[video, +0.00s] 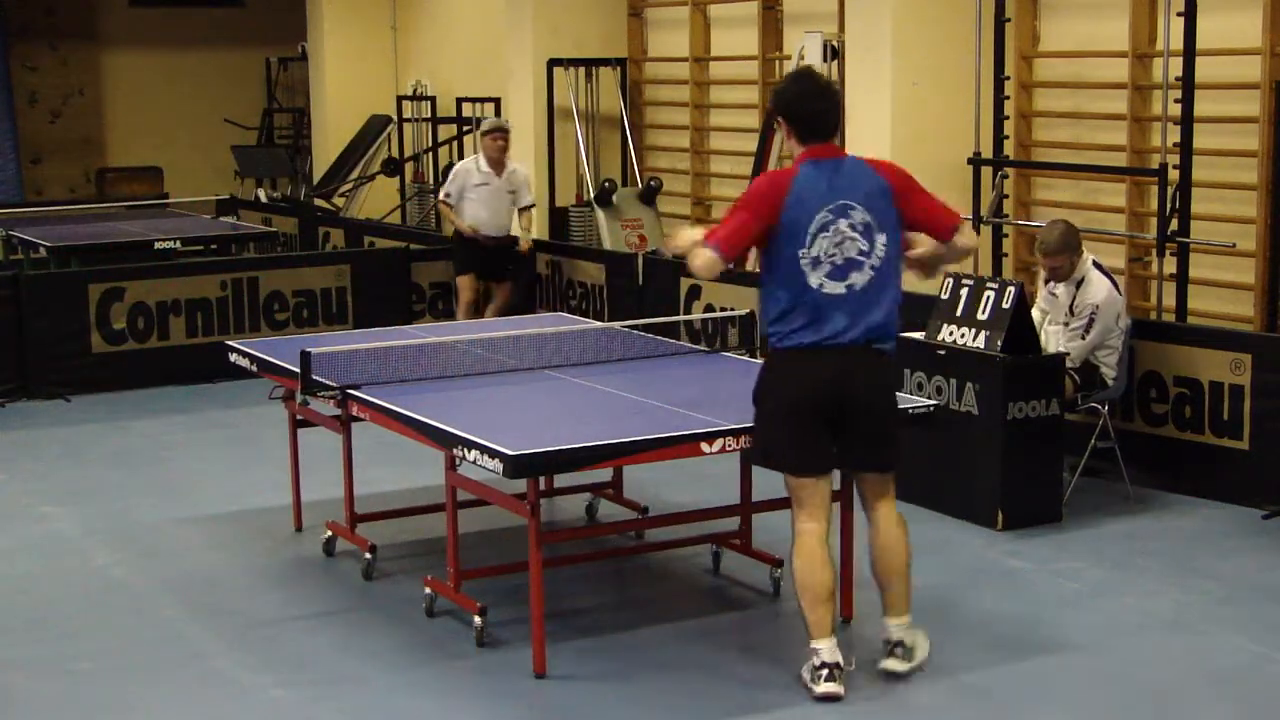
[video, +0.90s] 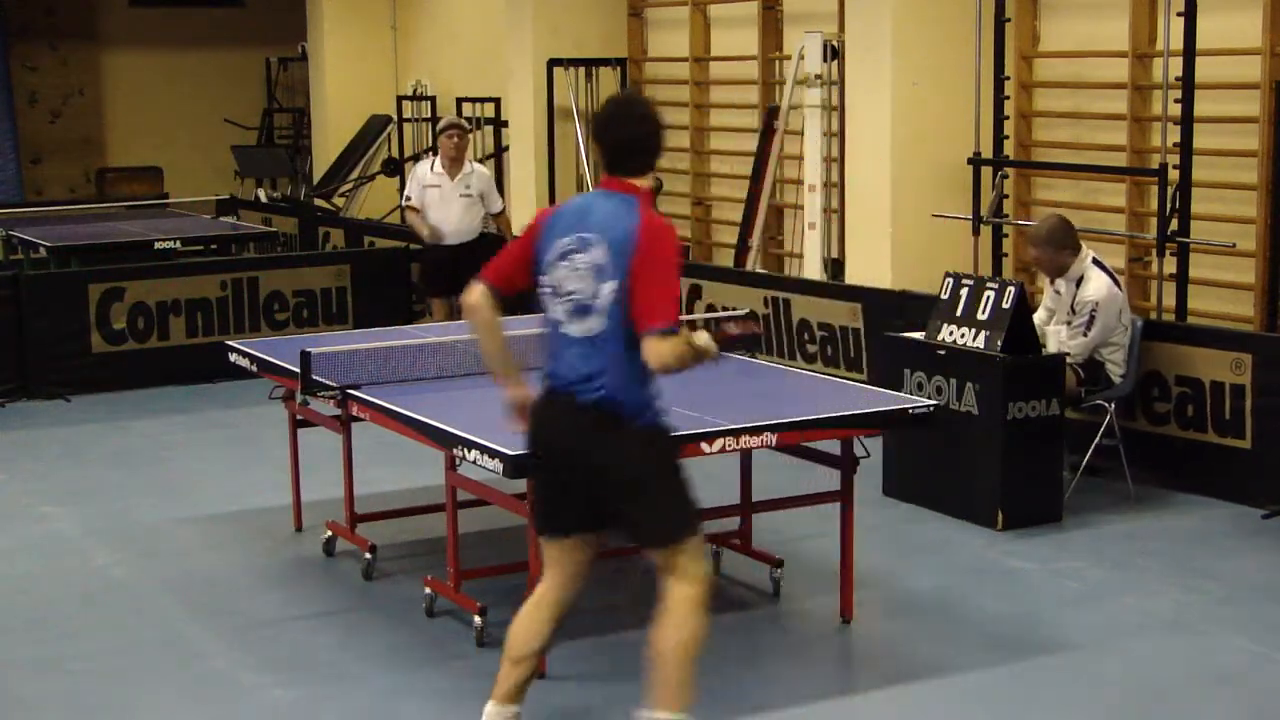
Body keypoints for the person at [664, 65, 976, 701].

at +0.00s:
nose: (777, 131)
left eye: (777, 124)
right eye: (780, 123)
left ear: (785, 128)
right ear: (840, 121)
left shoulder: (774, 189)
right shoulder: (885, 178)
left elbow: (708, 263)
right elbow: (960, 242)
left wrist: (691, 247)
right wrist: (923, 259)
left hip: (797, 375)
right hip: (871, 371)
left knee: (810, 514)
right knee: (881, 500)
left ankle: (825, 656)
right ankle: (899, 638)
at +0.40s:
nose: (748, 138)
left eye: (748, 130)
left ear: (752, 136)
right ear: (809, 131)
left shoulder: (726, 206)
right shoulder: (850, 203)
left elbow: (664, 298)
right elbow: (886, 309)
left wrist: (683, 277)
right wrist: (844, 272)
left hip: (741, 390)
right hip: (814, 393)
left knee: (769, 517)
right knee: (828, 540)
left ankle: (771, 656)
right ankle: (830, 692)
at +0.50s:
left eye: (734, 109)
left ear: (728, 116)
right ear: (787, 112)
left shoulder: (699, 190)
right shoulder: (827, 188)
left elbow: (642, 289)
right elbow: (865, 298)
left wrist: (694, 274)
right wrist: (811, 270)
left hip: (715, 371)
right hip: (790, 377)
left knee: (744, 510)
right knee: (805, 533)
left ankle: (699, 656)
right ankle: (814, 695)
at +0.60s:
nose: (777, 135)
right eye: (776, 126)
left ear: (704, 135)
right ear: (770, 132)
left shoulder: (673, 207)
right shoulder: (793, 205)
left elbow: (613, 308)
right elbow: (831, 314)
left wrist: (671, 332)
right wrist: (797, 310)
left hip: (694, 396)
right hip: (770, 400)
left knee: (702, 534)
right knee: (794, 552)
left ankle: (611, 657)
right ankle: (792, 708)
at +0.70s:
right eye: (728, 131)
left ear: (674, 143)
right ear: (733, 141)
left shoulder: (639, 222)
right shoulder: (754, 217)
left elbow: (579, 317)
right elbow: (765, 319)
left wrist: (638, 366)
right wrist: (784, 344)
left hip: (665, 413)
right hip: (736, 417)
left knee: (647, 554)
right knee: (776, 563)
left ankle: (546, 667)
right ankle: (784, 710)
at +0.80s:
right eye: (696, 127)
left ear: (637, 135)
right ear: (697, 135)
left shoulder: (598, 208)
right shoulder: (698, 209)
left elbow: (534, 299)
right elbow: (694, 322)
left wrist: (583, 363)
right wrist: (727, 351)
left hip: (609, 402)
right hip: (677, 407)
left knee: (598, 556)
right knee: (726, 560)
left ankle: (516, 693)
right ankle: (755, 707)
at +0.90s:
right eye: (654, 147)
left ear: (597, 152)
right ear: (656, 154)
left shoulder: (553, 219)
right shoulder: (651, 230)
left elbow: (478, 299)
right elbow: (658, 354)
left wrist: (514, 387)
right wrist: (697, 346)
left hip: (556, 422)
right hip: (626, 430)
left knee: (561, 571)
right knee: (687, 569)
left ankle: (499, 710)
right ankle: (665, 711)